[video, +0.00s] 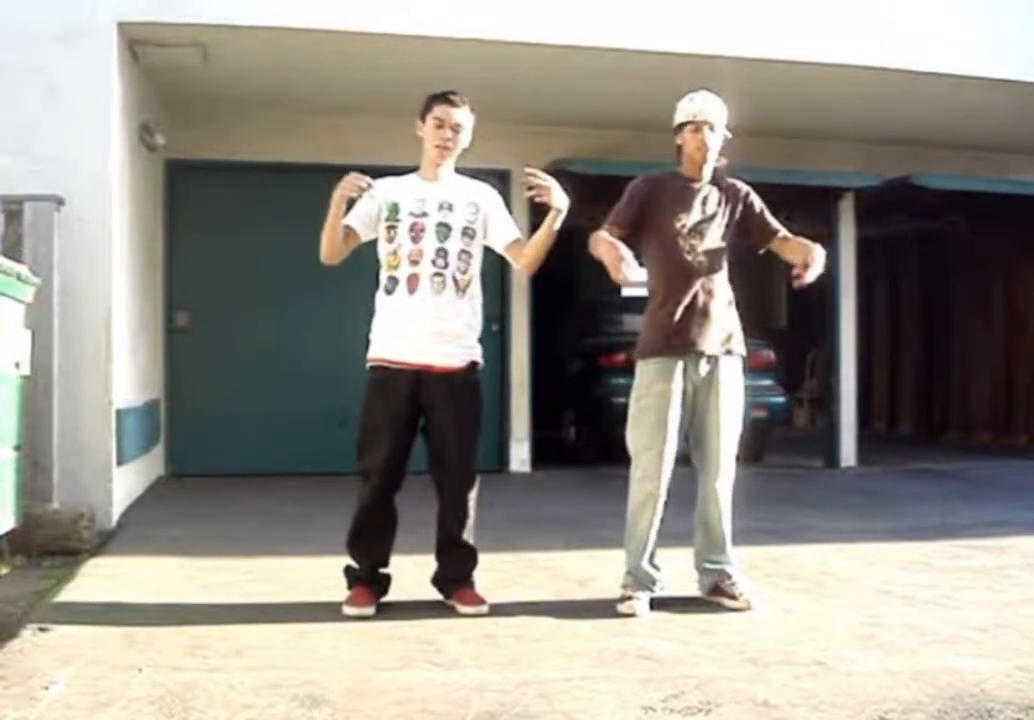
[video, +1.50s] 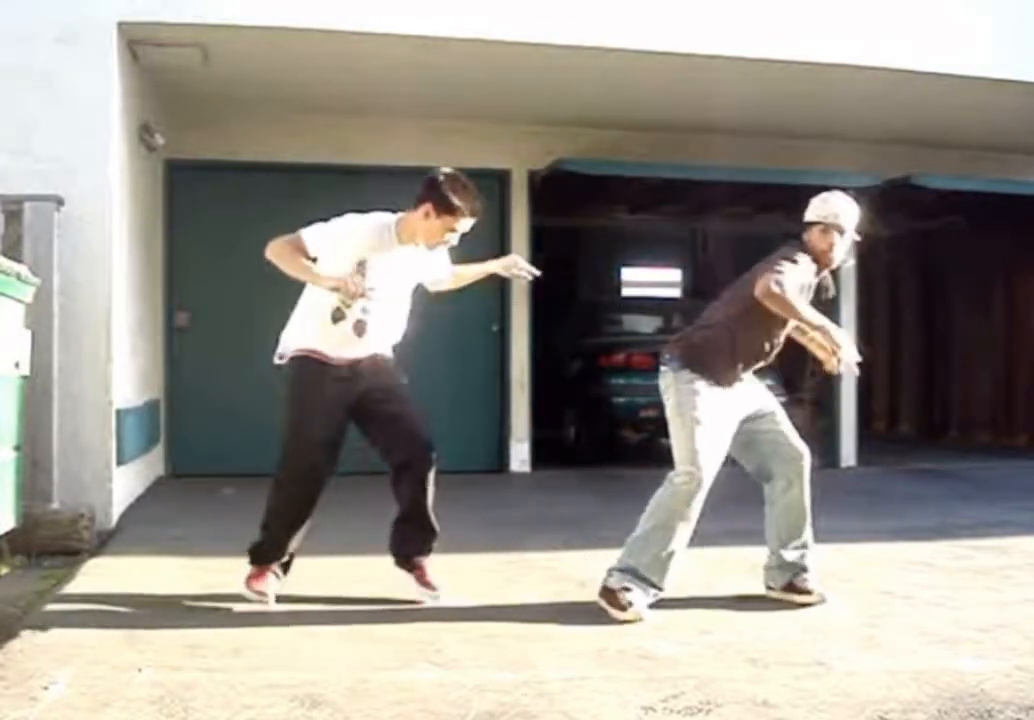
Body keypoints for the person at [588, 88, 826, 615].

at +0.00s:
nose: (700, 136)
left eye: (709, 128)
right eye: (692, 127)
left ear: (724, 137)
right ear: (678, 134)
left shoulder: (736, 195)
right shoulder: (650, 189)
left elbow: (777, 238)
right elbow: (602, 239)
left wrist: (810, 251)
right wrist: (614, 257)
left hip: (722, 346)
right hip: (662, 344)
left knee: (719, 467)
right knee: (651, 467)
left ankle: (717, 572)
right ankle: (638, 580)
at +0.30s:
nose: (736, 181)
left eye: (735, 173)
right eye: (724, 174)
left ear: (730, 183)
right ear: (691, 183)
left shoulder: (733, 237)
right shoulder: (662, 242)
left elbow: (722, 297)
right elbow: (630, 310)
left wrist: (751, 340)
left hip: (712, 377)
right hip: (663, 379)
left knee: (745, 479)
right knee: (658, 482)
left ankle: (723, 573)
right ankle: (605, 585)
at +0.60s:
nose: (745, 139)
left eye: (740, 133)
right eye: (737, 133)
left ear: (702, 141)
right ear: (719, 135)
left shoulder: (701, 178)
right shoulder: (723, 162)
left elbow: (760, 194)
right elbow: (784, 168)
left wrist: (821, 156)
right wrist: (825, 149)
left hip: (724, 339)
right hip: (713, 339)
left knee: (768, 455)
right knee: (673, 454)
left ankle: (792, 569)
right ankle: (611, 567)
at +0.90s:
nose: (778, 157)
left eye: (776, 151)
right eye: (771, 150)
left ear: (737, 161)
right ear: (750, 156)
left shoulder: (733, 202)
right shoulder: (753, 188)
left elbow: (766, 225)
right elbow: (814, 208)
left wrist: (788, 183)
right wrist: (837, 154)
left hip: (753, 351)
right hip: (745, 349)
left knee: (795, 456)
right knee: (703, 460)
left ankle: (787, 572)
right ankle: (614, 562)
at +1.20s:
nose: (852, 200)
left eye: (854, 191)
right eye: (848, 190)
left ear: (822, 186)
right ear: (827, 183)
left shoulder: (795, 217)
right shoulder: (798, 201)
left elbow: (778, 264)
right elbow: (801, 230)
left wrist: (819, 275)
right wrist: (861, 243)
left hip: (744, 349)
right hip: (712, 338)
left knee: (780, 457)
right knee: (702, 457)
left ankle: (787, 571)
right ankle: (629, 570)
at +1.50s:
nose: (832, 241)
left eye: (841, 233)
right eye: (824, 230)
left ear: (851, 241)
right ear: (808, 230)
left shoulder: (813, 276)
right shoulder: (795, 260)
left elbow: (787, 320)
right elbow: (769, 289)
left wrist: (825, 351)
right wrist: (830, 330)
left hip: (740, 379)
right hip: (694, 373)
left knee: (790, 460)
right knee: (693, 476)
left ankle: (787, 572)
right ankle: (628, 582)